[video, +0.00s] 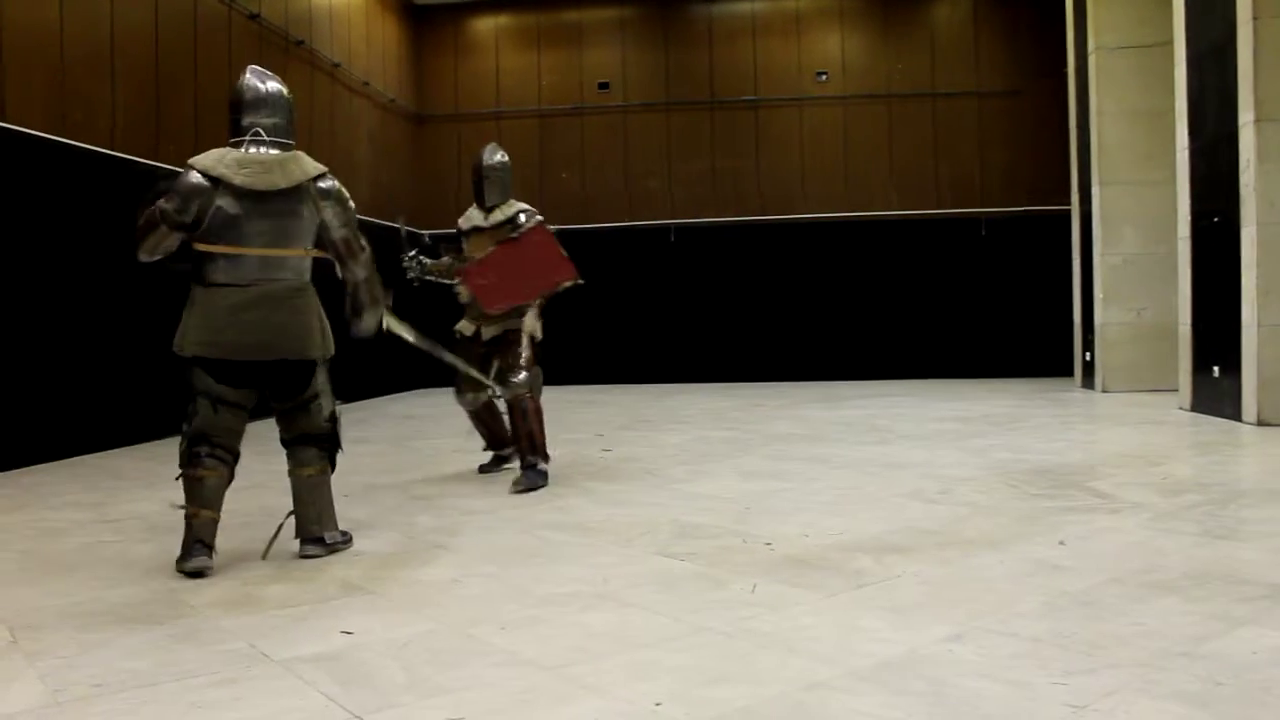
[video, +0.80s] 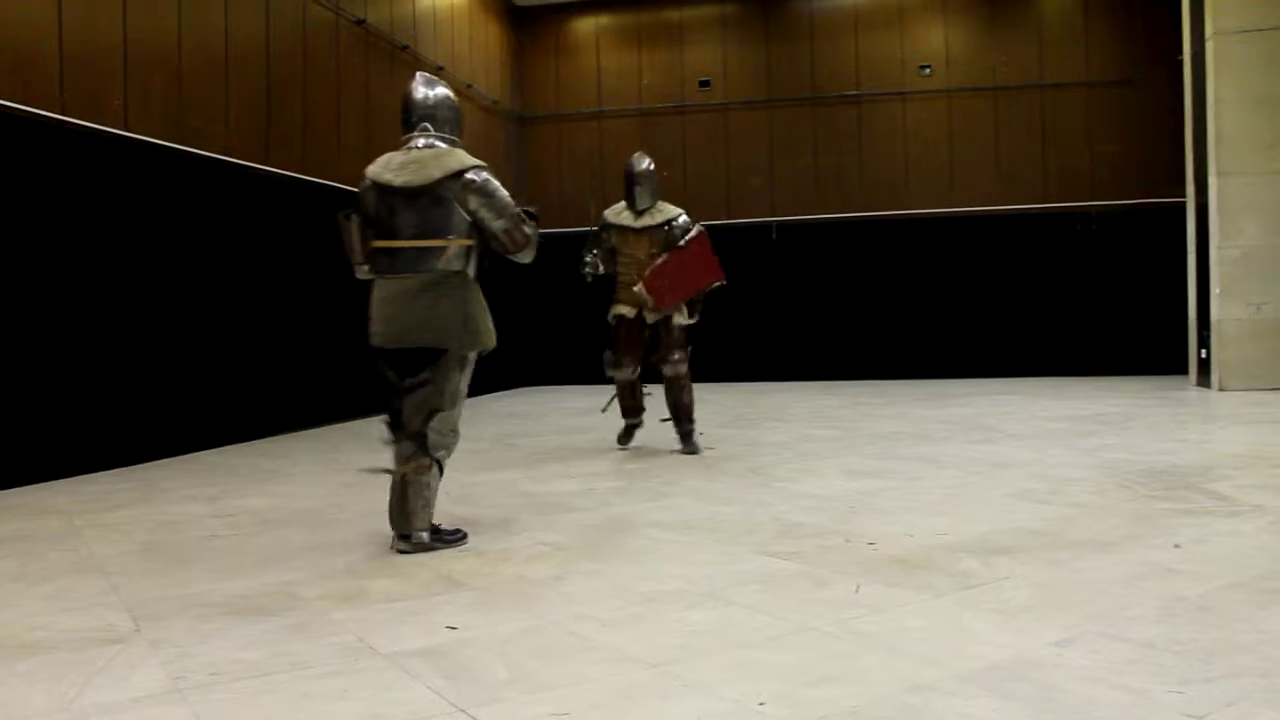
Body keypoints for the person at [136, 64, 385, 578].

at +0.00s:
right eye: (278, 112)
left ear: (237, 117)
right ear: (288, 116)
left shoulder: (204, 175)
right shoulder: (317, 180)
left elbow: (151, 245)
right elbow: (352, 251)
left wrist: (171, 212)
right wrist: (369, 304)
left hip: (221, 327)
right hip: (293, 328)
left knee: (213, 431)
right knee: (308, 423)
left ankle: (198, 545)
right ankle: (317, 530)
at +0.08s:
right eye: (285, 118)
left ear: (242, 121)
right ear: (293, 121)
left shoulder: (204, 179)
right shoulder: (316, 186)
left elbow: (157, 255)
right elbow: (356, 268)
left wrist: (201, 280)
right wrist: (370, 336)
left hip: (223, 330)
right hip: (294, 332)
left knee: (222, 440)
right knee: (324, 423)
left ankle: (209, 551)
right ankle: (330, 529)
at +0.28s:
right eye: (334, 123)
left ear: (289, 126)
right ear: (337, 125)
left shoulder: (250, 183)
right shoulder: (353, 186)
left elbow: (223, 267)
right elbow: (392, 255)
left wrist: (262, 293)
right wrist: (406, 322)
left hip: (262, 329)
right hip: (334, 330)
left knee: (262, 435)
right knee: (369, 426)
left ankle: (254, 547)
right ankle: (372, 528)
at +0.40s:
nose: (378, 133)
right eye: (376, 126)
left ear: (330, 128)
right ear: (376, 128)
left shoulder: (293, 183)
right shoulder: (384, 185)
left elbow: (271, 238)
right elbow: (425, 242)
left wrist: (280, 284)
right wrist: (445, 289)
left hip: (299, 322)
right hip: (366, 323)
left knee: (297, 434)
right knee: (406, 426)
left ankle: (282, 546)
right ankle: (396, 529)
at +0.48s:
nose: (404, 135)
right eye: (403, 127)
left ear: (357, 129)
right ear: (402, 129)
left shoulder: (322, 184)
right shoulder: (408, 186)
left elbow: (301, 242)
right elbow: (454, 251)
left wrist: (314, 283)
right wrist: (475, 273)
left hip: (325, 323)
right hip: (391, 324)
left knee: (320, 434)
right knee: (430, 428)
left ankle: (297, 539)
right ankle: (409, 527)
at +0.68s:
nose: (447, 125)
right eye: (445, 118)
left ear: (397, 121)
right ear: (444, 120)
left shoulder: (364, 178)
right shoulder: (452, 177)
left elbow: (355, 258)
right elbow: (509, 246)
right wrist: (512, 225)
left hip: (374, 318)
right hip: (434, 320)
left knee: (380, 413)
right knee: (441, 428)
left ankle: (351, 489)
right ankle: (419, 528)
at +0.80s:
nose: (458, 126)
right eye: (456, 118)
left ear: (407, 121)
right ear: (454, 119)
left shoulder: (377, 176)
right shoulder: (464, 173)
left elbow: (362, 255)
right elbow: (519, 242)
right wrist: (522, 220)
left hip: (388, 312)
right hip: (444, 313)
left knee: (409, 420)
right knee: (433, 423)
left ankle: (410, 524)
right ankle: (415, 529)